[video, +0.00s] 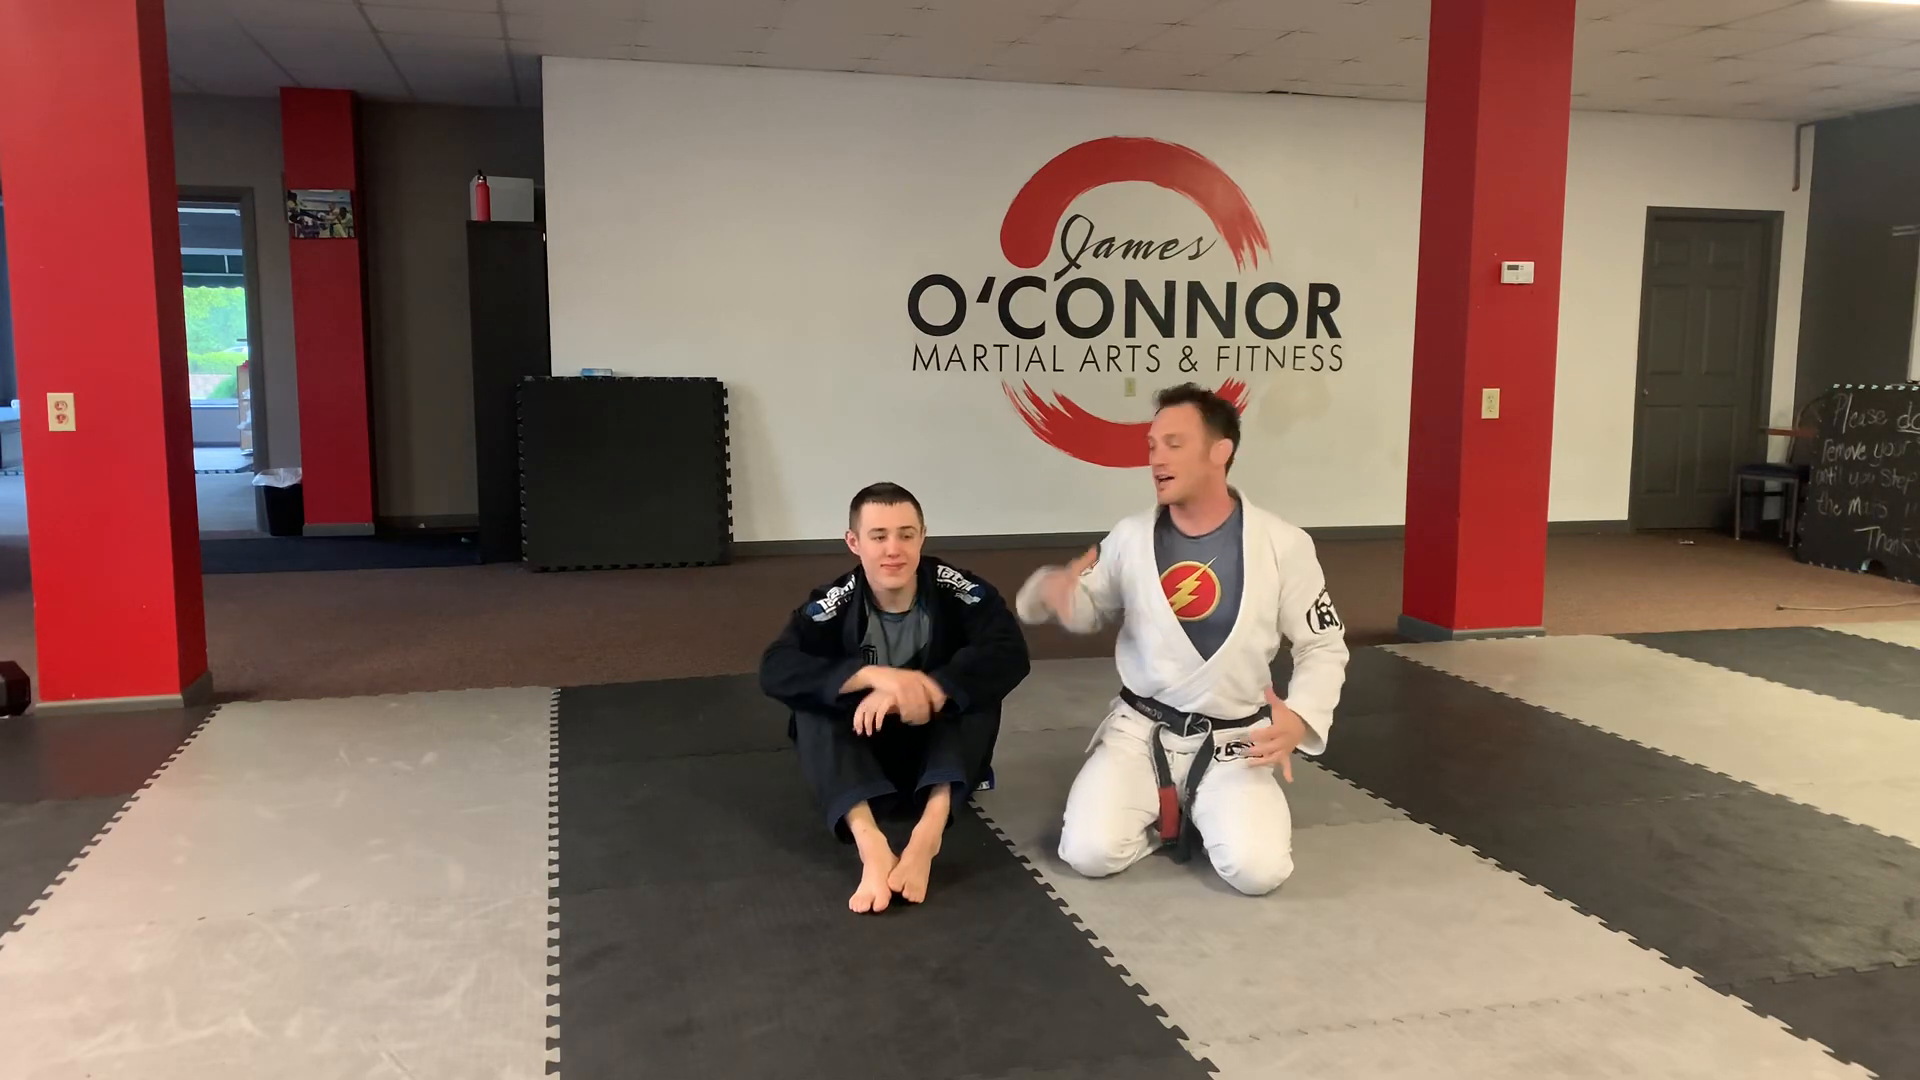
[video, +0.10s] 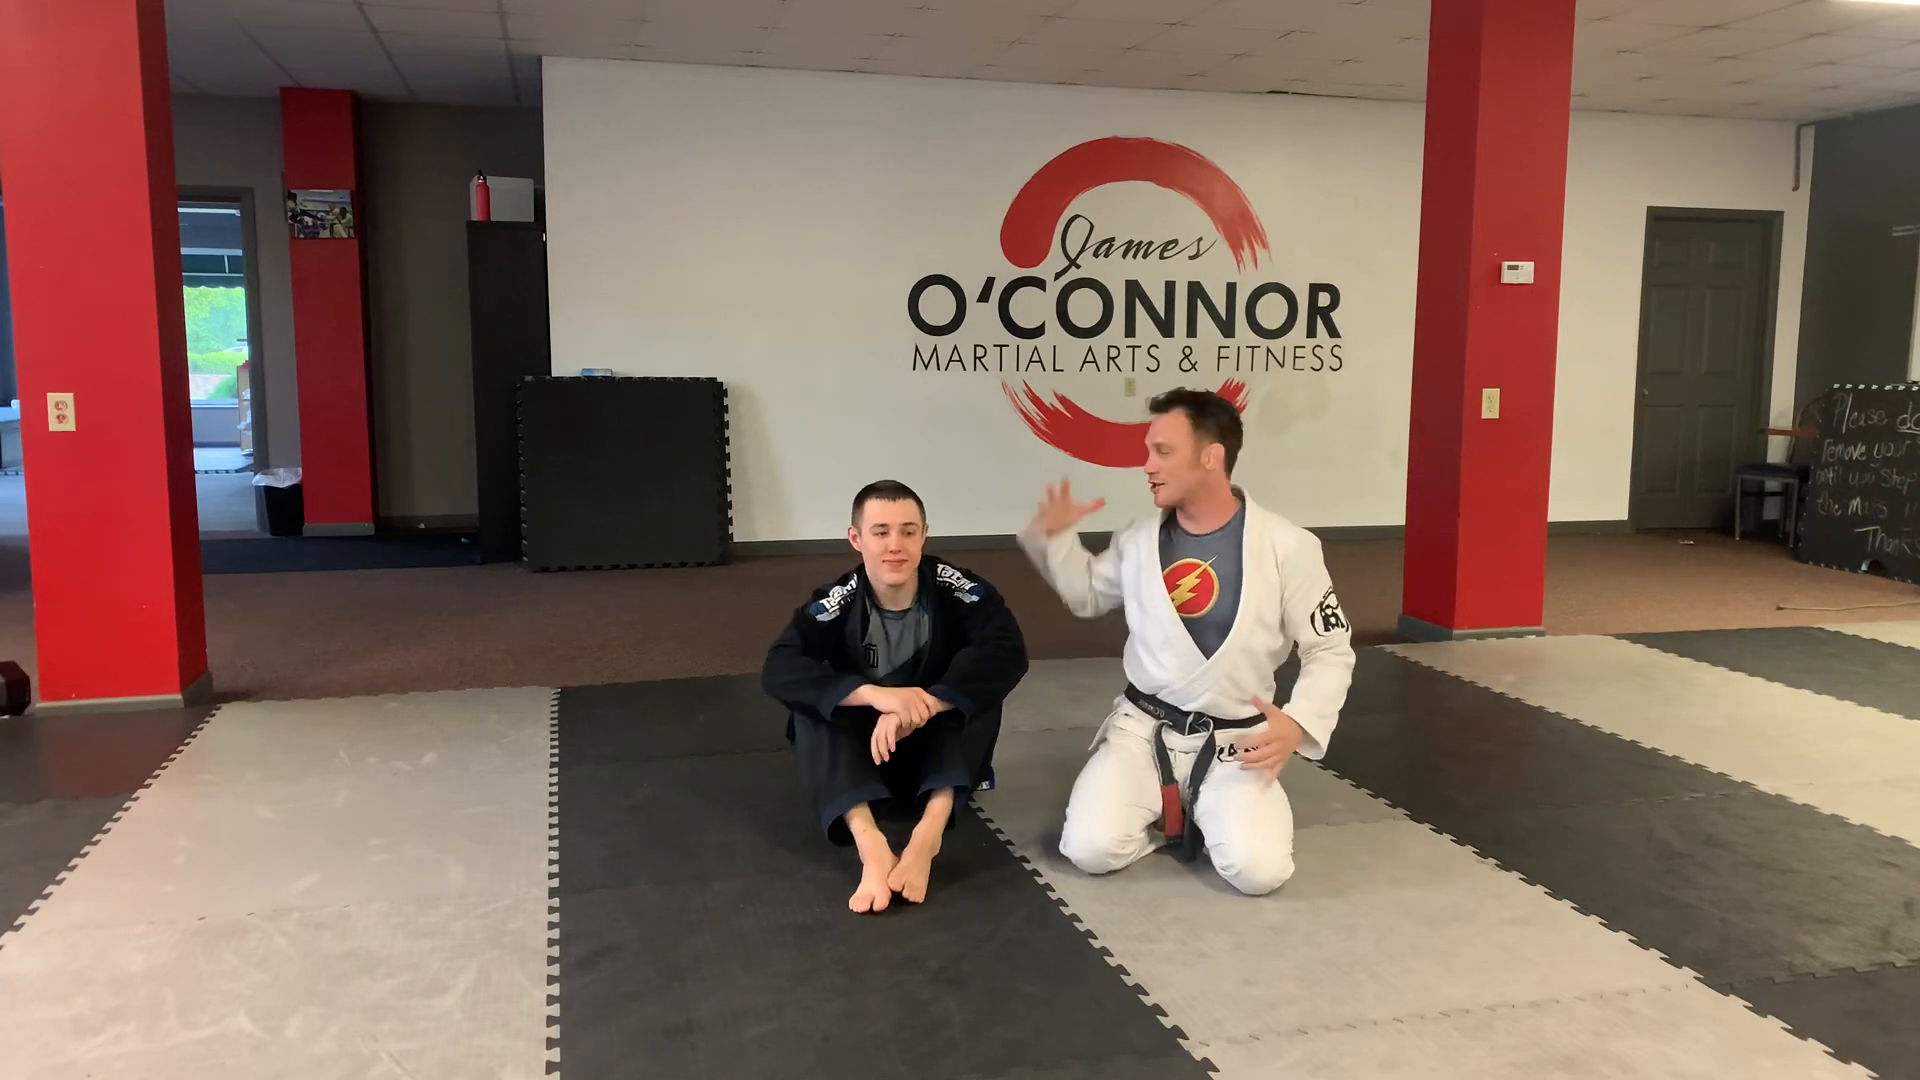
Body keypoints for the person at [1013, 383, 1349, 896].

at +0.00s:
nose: (1155, 460)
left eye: (1172, 444)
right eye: (1152, 447)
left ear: (1220, 453)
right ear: (1149, 455)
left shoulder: (1282, 545)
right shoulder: (1129, 538)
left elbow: (1323, 646)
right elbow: (1093, 609)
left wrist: (1302, 716)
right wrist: (1059, 595)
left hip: (1236, 739)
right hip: (1139, 728)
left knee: (1260, 871)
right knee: (1088, 853)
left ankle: (1211, 802)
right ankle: (1167, 810)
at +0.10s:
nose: (1147, 467)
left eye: (1162, 452)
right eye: (1148, 452)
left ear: (1213, 457)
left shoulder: (1287, 548)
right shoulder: (1139, 540)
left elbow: (1330, 650)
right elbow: (1087, 594)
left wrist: (1299, 723)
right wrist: (1054, 539)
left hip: (1236, 739)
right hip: (1141, 726)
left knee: (1261, 872)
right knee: (1089, 850)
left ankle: (1214, 801)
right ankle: (1172, 811)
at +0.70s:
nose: (1121, 466)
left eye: (1136, 452)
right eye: (1122, 452)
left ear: (1185, 458)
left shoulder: (1259, 547)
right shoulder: (1114, 545)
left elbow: (1300, 661)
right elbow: (1057, 604)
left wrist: (1255, 748)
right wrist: (981, 566)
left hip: (1219, 738)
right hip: (1125, 728)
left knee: (1254, 870)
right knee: (1051, 841)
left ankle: (1198, 806)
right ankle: (1155, 806)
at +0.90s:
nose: (1140, 461)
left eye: (1157, 445)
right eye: (1128, 448)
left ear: (1191, 454)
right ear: (1115, 460)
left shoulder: (1251, 544)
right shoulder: (1101, 550)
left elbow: (1293, 657)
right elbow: (1055, 609)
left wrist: (1256, 748)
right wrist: (982, 568)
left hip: (1220, 737)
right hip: (1126, 730)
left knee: (1254, 871)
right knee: (1050, 841)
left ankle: (1199, 799)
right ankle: (1159, 809)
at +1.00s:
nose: (1137, 462)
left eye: (1153, 446)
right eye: (1124, 448)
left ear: (1186, 456)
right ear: (1111, 461)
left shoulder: (1248, 545)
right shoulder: (1097, 551)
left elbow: (1289, 656)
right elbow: (1055, 612)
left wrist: (1257, 746)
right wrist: (983, 569)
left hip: (1219, 738)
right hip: (1125, 732)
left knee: (1254, 871)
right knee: (1051, 842)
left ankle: (1200, 798)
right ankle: (1158, 811)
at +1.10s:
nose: (1133, 462)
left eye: (1149, 446)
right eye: (1120, 449)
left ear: (1182, 457)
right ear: (1107, 462)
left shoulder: (1245, 545)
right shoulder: (1094, 552)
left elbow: (1287, 656)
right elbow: (1053, 612)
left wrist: (1255, 746)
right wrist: (982, 568)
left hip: (1217, 738)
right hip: (1123, 733)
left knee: (1253, 871)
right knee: (1050, 842)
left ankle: (1200, 798)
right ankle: (1158, 810)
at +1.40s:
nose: (1123, 463)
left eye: (1140, 448)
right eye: (1111, 450)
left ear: (1174, 458)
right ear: (1099, 462)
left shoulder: (1237, 546)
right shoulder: (1088, 553)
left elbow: (1280, 658)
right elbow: (1049, 614)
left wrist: (1235, 749)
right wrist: (979, 568)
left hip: (1209, 740)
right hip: (1115, 732)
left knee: (1247, 872)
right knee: (1046, 841)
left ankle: (1186, 805)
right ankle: (1153, 810)